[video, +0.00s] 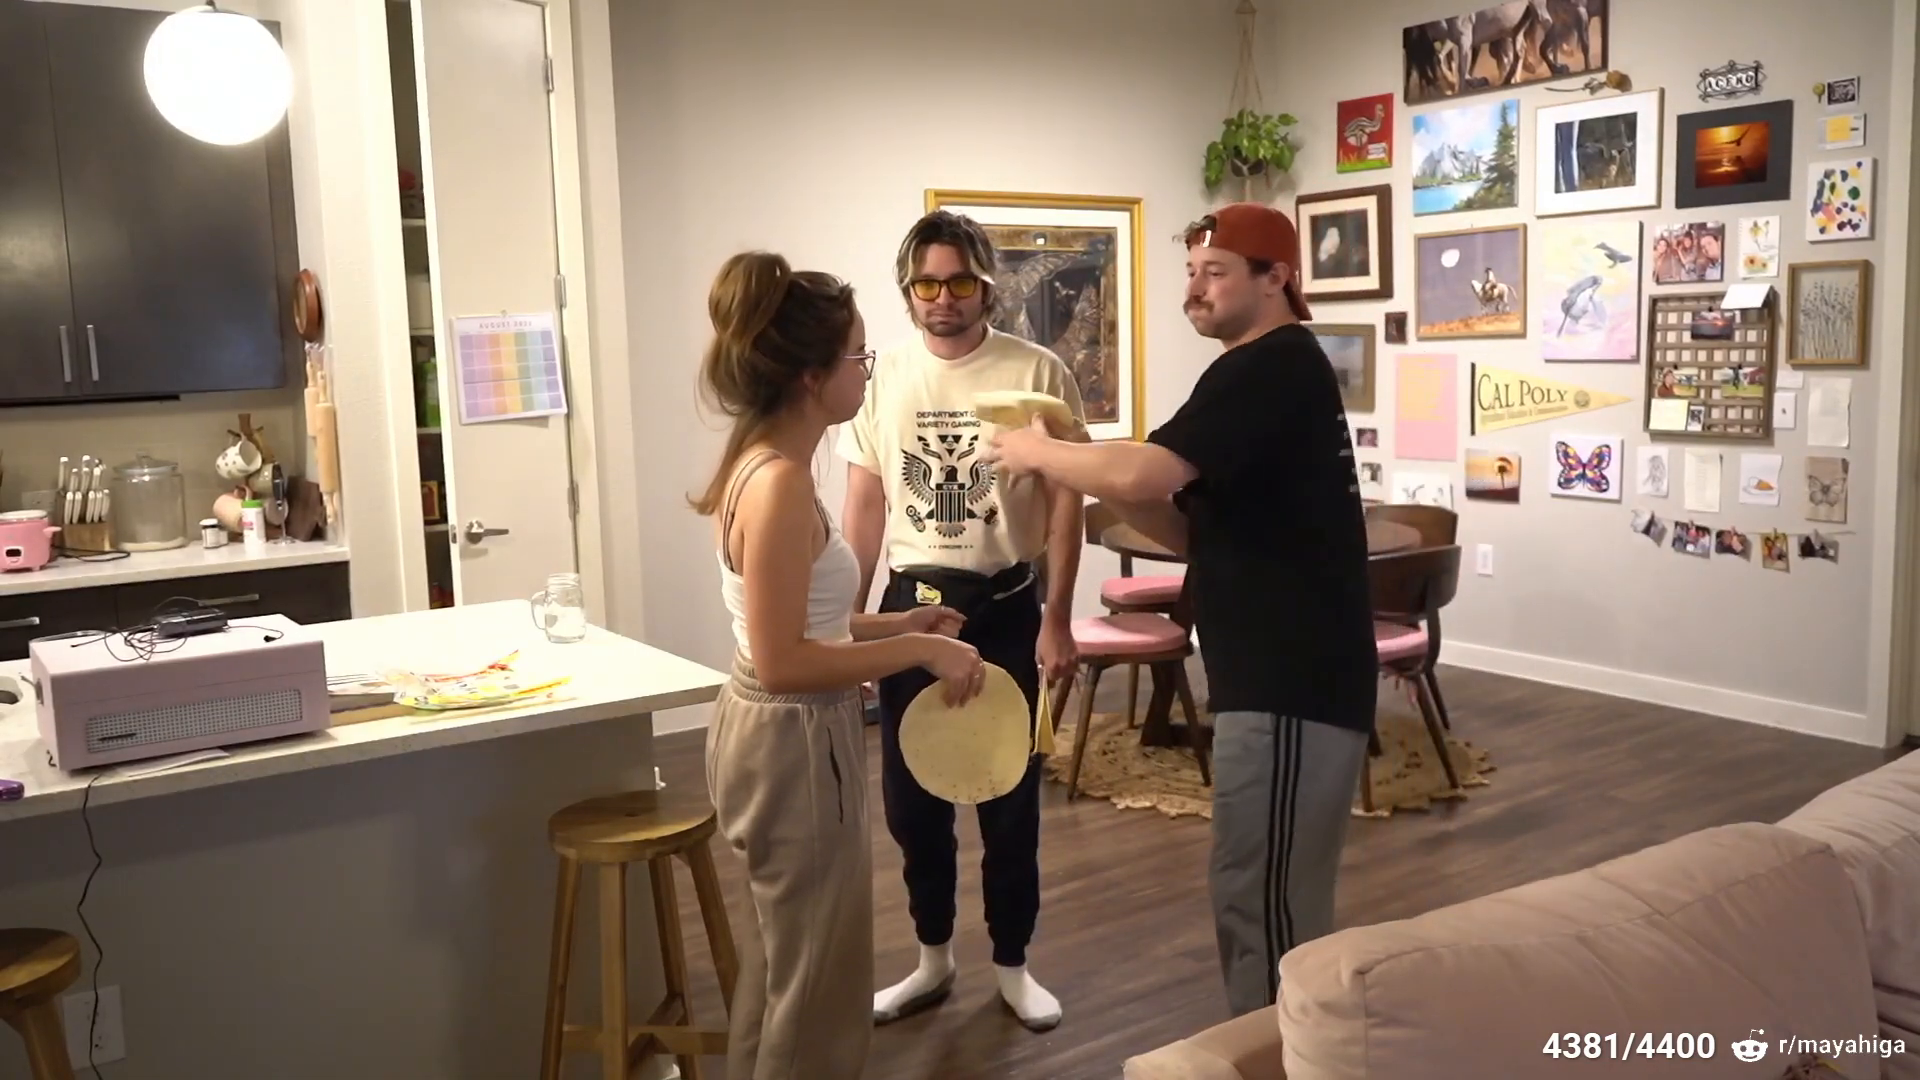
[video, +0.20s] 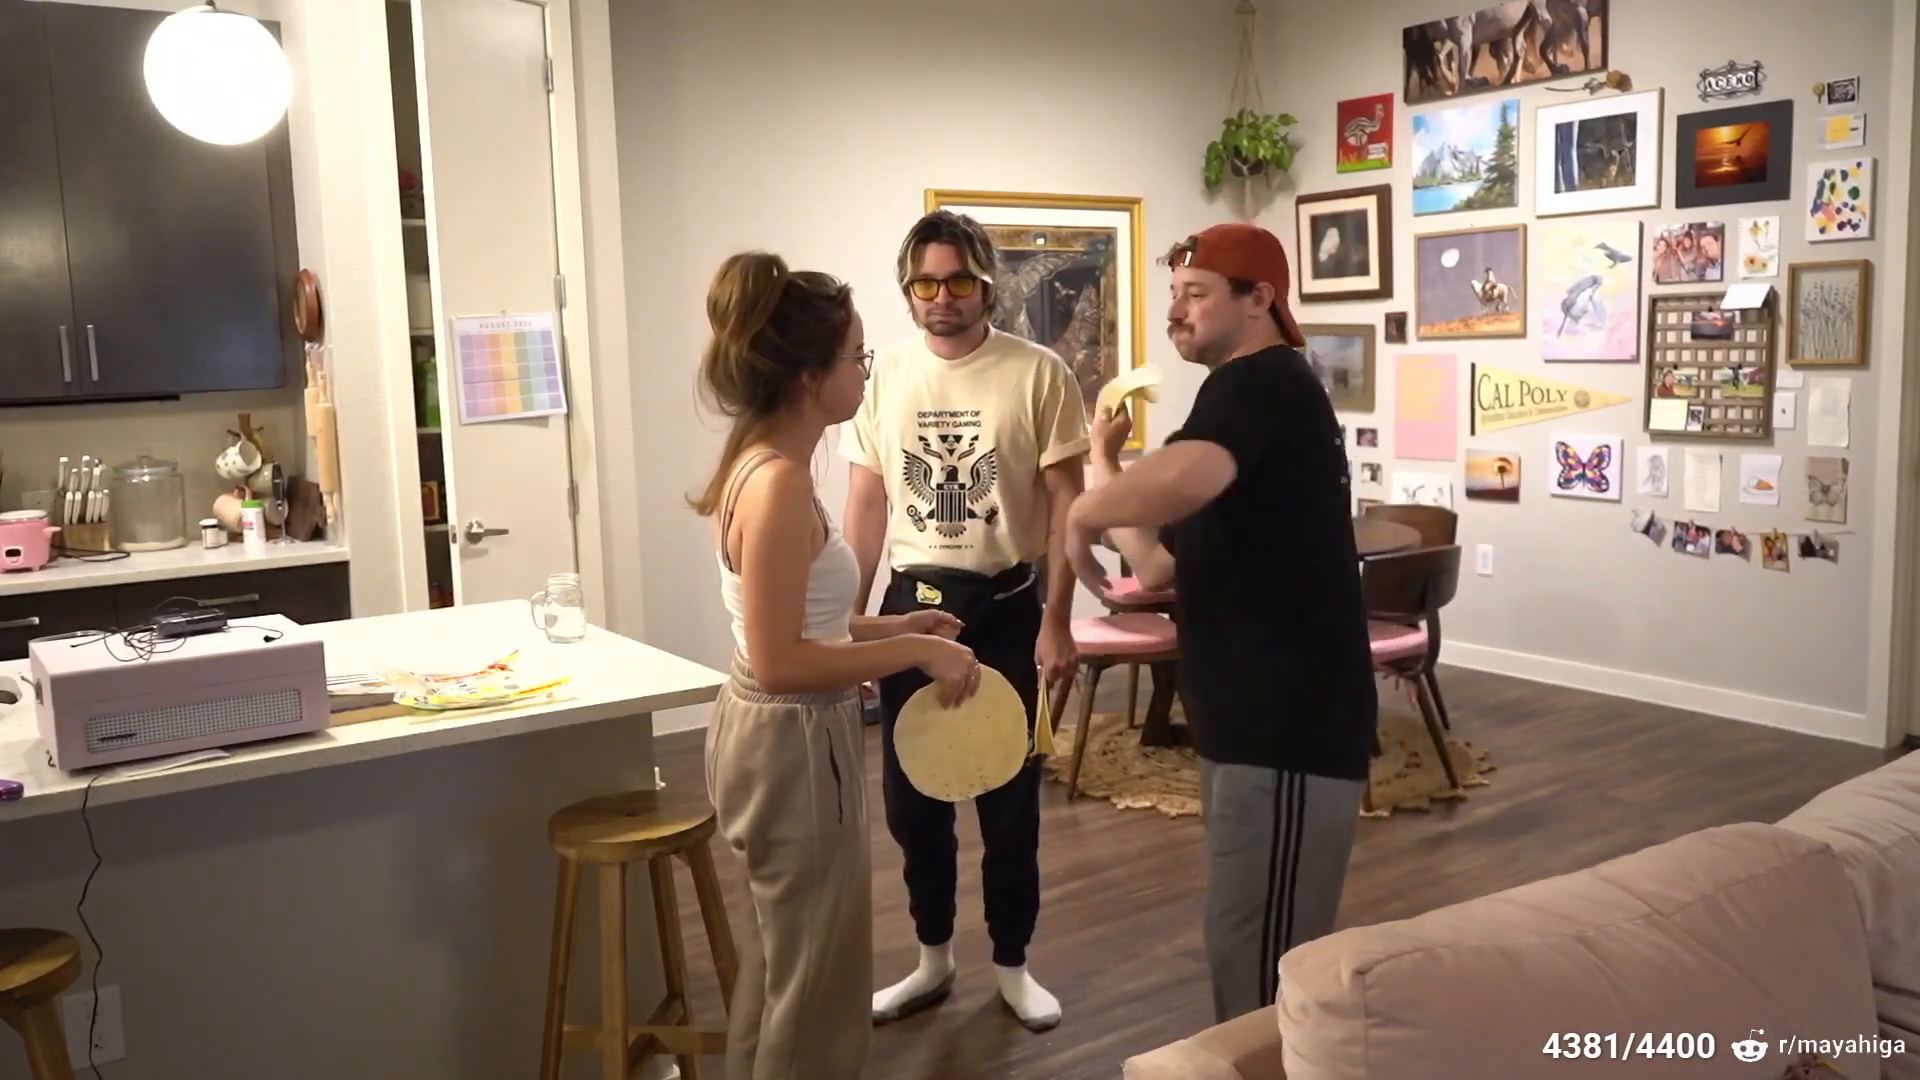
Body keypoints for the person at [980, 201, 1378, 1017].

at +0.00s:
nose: (1195, 289)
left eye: (1214, 272)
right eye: (1193, 275)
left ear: (1273, 278)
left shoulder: (1272, 364)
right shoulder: (1262, 367)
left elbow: (1153, 471)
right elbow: (1186, 531)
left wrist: (1043, 454)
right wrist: (1091, 474)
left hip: (1288, 689)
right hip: (1274, 684)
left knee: (1262, 908)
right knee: (1267, 904)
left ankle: (1274, 1070)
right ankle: (1278, 1066)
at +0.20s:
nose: (1176, 311)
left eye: (1195, 293)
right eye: (1174, 296)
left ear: (1256, 299)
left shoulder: (1263, 379)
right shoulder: (1252, 391)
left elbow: (1200, 470)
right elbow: (1154, 565)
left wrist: (1084, 511)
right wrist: (1107, 462)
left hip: (1285, 736)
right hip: (1267, 731)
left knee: (1257, 966)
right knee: (1258, 960)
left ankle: (1261, 1078)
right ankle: (1261, 1074)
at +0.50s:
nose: (1138, 309)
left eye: (1154, 288)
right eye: (1136, 291)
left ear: (1221, 285)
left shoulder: (1343, 400)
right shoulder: (1152, 417)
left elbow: (1458, 530)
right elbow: (1098, 535)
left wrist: (1310, 552)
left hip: (1315, 741)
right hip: (1196, 733)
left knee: (1282, 969)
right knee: (1236, 931)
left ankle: (1319, 1067)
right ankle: (1304, 1042)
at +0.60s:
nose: (1147, 313)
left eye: (1164, 294)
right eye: (1145, 295)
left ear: (1231, 291)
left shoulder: (1352, 403)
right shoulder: (1159, 421)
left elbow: (1465, 536)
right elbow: (1132, 573)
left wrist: (1325, 569)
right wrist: (1191, 663)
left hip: (1311, 745)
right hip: (1191, 737)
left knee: (1275, 968)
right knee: (1196, 913)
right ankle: (1283, 1043)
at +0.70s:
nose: (1155, 330)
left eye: (1172, 308)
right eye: (1153, 310)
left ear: (1240, 306)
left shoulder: (1358, 413)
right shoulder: (1164, 421)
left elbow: (1464, 551)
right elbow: (1141, 572)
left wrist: (1328, 588)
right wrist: (1185, 673)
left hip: (1310, 761)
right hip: (1191, 749)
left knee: (1282, 975)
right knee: (1196, 944)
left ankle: (1301, 1073)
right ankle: (1251, 1066)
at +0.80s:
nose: (1160, 339)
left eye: (1181, 321)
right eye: (1160, 318)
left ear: (1250, 328)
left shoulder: (1360, 421)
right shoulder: (1167, 423)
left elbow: (1410, 582)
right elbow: (1141, 552)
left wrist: (1255, 546)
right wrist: (1159, 653)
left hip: (1324, 734)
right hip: (1208, 724)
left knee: (1285, 934)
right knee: (1218, 925)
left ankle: (1308, 1065)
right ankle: (1247, 1062)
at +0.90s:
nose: (1167, 331)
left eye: (1187, 313)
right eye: (1166, 311)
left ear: (1255, 319)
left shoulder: (1350, 403)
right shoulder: (1186, 400)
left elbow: (1286, 551)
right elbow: (1132, 534)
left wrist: (1183, 433)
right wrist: (1085, 636)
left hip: (1329, 710)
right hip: (1223, 705)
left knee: (1305, 921)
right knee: (1242, 908)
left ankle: (1333, 1062)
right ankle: (1267, 1055)